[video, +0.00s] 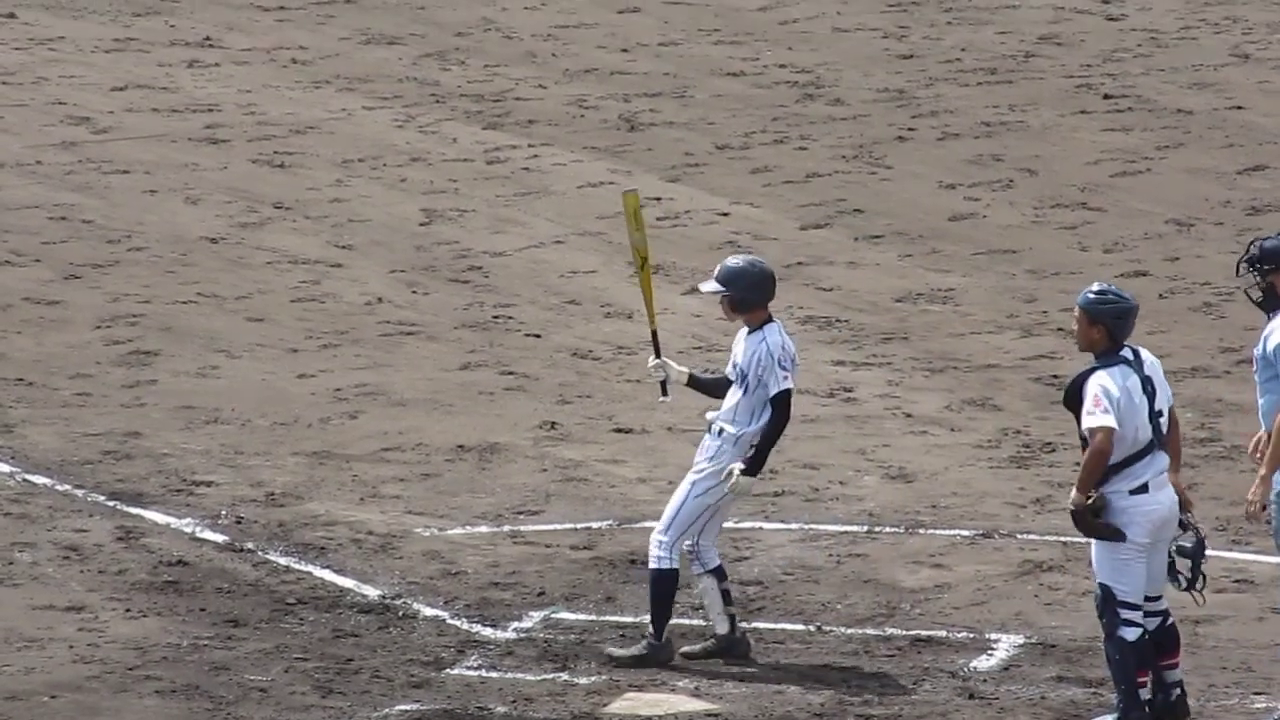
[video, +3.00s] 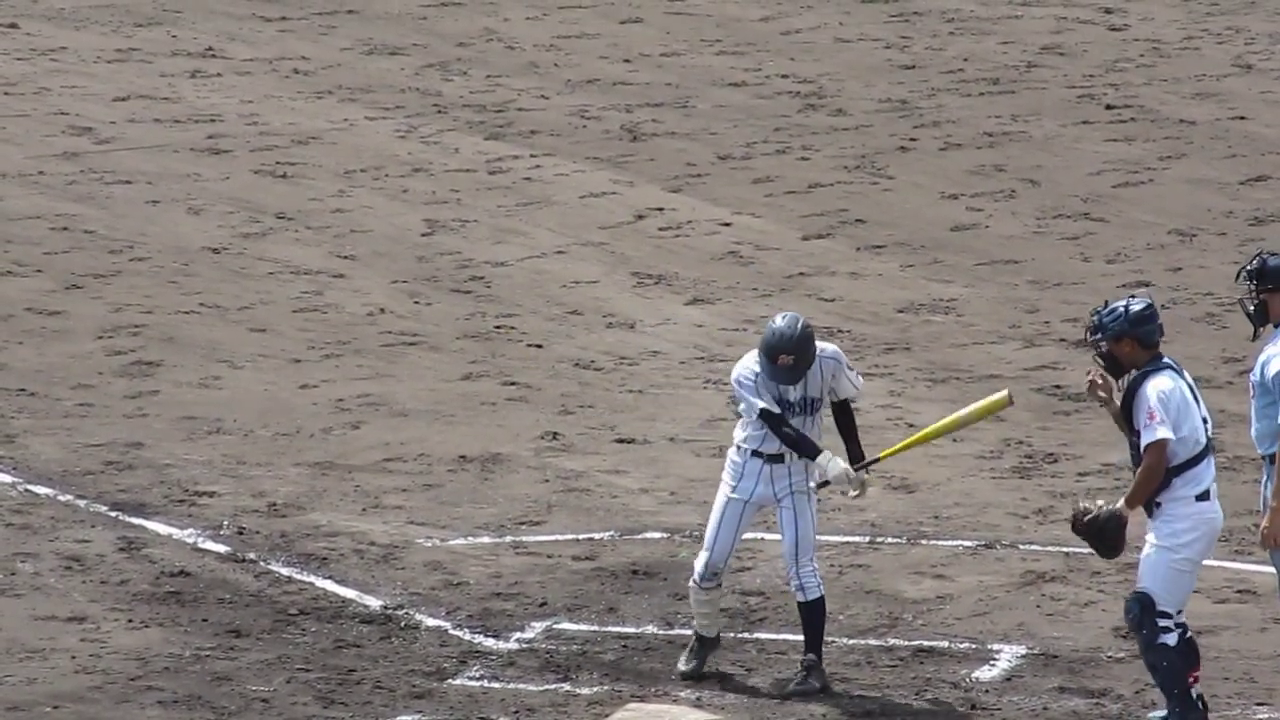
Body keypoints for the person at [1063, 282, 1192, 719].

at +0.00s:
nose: (1073, 325)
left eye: (1079, 319)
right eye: (1076, 318)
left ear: (1099, 330)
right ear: (1113, 327)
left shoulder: (1098, 383)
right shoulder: (1147, 360)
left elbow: (1101, 444)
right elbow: (1171, 425)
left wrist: (1079, 494)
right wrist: (1172, 474)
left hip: (1126, 507)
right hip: (1163, 496)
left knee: (1119, 613)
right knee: (1153, 604)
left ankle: (1131, 707)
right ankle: (1171, 696)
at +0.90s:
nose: (1123, 334)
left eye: (1128, 327)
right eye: (1124, 326)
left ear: (1147, 332)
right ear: (1158, 333)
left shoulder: (1162, 388)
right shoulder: (1169, 376)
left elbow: (1163, 461)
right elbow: (1150, 438)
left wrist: (1131, 519)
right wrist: (1120, 465)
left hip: (1167, 514)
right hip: (1176, 508)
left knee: (1151, 615)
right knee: (1168, 611)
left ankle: (1175, 708)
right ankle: (1172, 701)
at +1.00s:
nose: (1125, 337)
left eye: (1130, 329)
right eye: (1126, 328)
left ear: (1149, 335)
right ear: (1160, 333)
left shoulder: (1160, 392)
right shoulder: (1178, 372)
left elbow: (1156, 465)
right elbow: (1144, 405)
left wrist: (1130, 527)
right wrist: (1108, 420)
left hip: (1166, 515)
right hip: (1180, 507)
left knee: (1160, 617)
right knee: (1167, 612)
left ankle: (1176, 708)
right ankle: (1174, 702)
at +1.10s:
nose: (1126, 338)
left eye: (1130, 331)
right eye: (1127, 330)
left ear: (1148, 336)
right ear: (1163, 335)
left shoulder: (1157, 395)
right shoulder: (1184, 370)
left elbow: (1150, 469)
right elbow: (1150, 375)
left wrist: (1131, 533)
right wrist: (1107, 369)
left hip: (1167, 517)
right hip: (1186, 507)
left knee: (1166, 617)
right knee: (1162, 612)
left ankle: (1177, 708)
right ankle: (1173, 701)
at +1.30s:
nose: (1123, 342)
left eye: (1127, 335)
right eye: (1124, 334)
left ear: (1141, 341)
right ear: (1165, 339)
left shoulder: (1149, 403)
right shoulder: (1184, 369)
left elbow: (1147, 477)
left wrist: (1141, 544)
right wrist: (1128, 304)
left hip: (1168, 520)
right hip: (1194, 509)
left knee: (1169, 621)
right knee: (1166, 612)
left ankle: (1179, 708)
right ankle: (1172, 699)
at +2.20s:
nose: (1124, 342)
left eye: (1127, 337)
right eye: (1125, 336)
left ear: (1140, 345)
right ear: (1168, 340)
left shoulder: (1155, 404)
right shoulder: (1182, 376)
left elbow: (1150, 481)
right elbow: (1127, 407)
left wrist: (1142, 548)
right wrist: (1119, 359)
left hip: (1166, 523)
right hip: (1186, 514)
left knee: (1164, 624)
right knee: (1161, 617)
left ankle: (1184, 708)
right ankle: (1179, 700)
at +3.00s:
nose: (1103, 350)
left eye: (1107, 342)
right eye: (1102, 342)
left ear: (1128, 345)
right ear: (1139, 340)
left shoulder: (1151, 389)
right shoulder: (1167, 372)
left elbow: (1156, 461)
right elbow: (1145, 436)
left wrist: (1124, 509)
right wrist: (1113, 403)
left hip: (1184, 515)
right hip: (1194, 508)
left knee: (1150, 614)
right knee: (1157, 610)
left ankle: (1185, 707)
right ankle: (1187, 701)